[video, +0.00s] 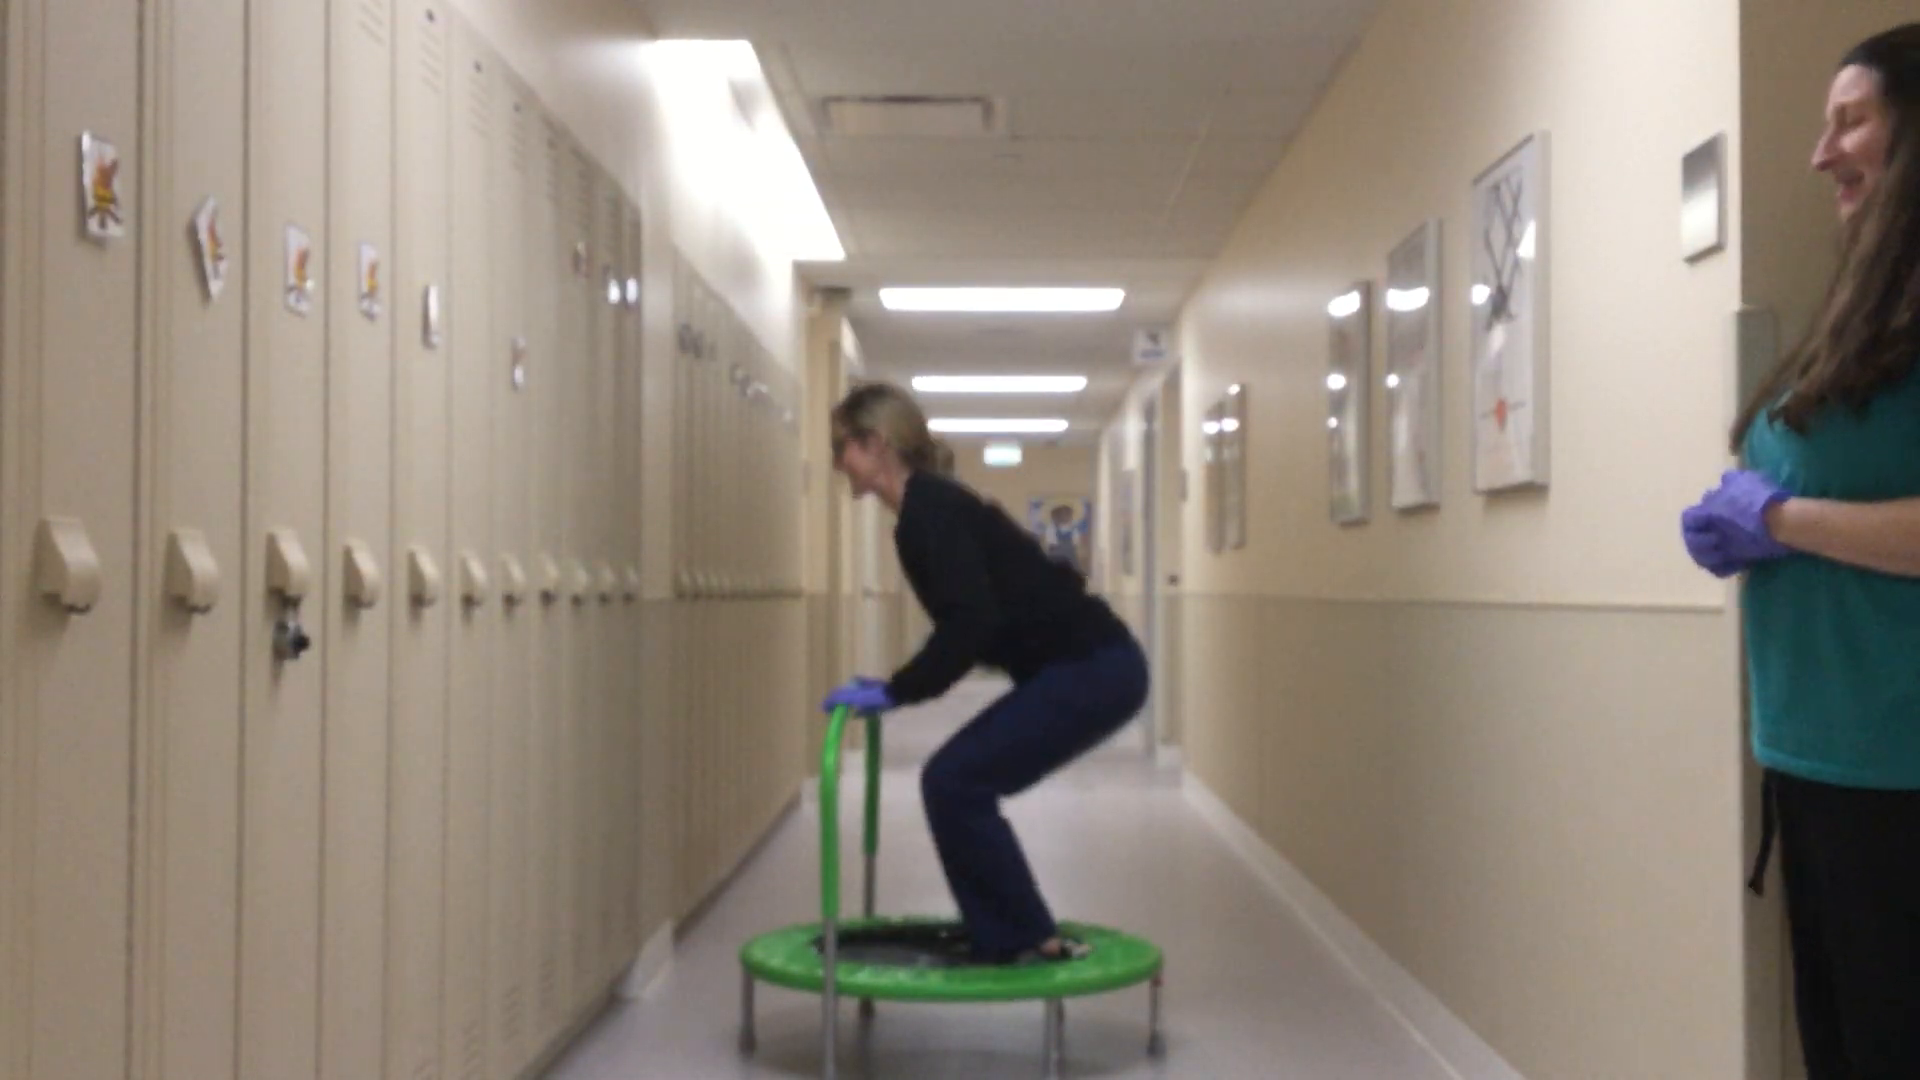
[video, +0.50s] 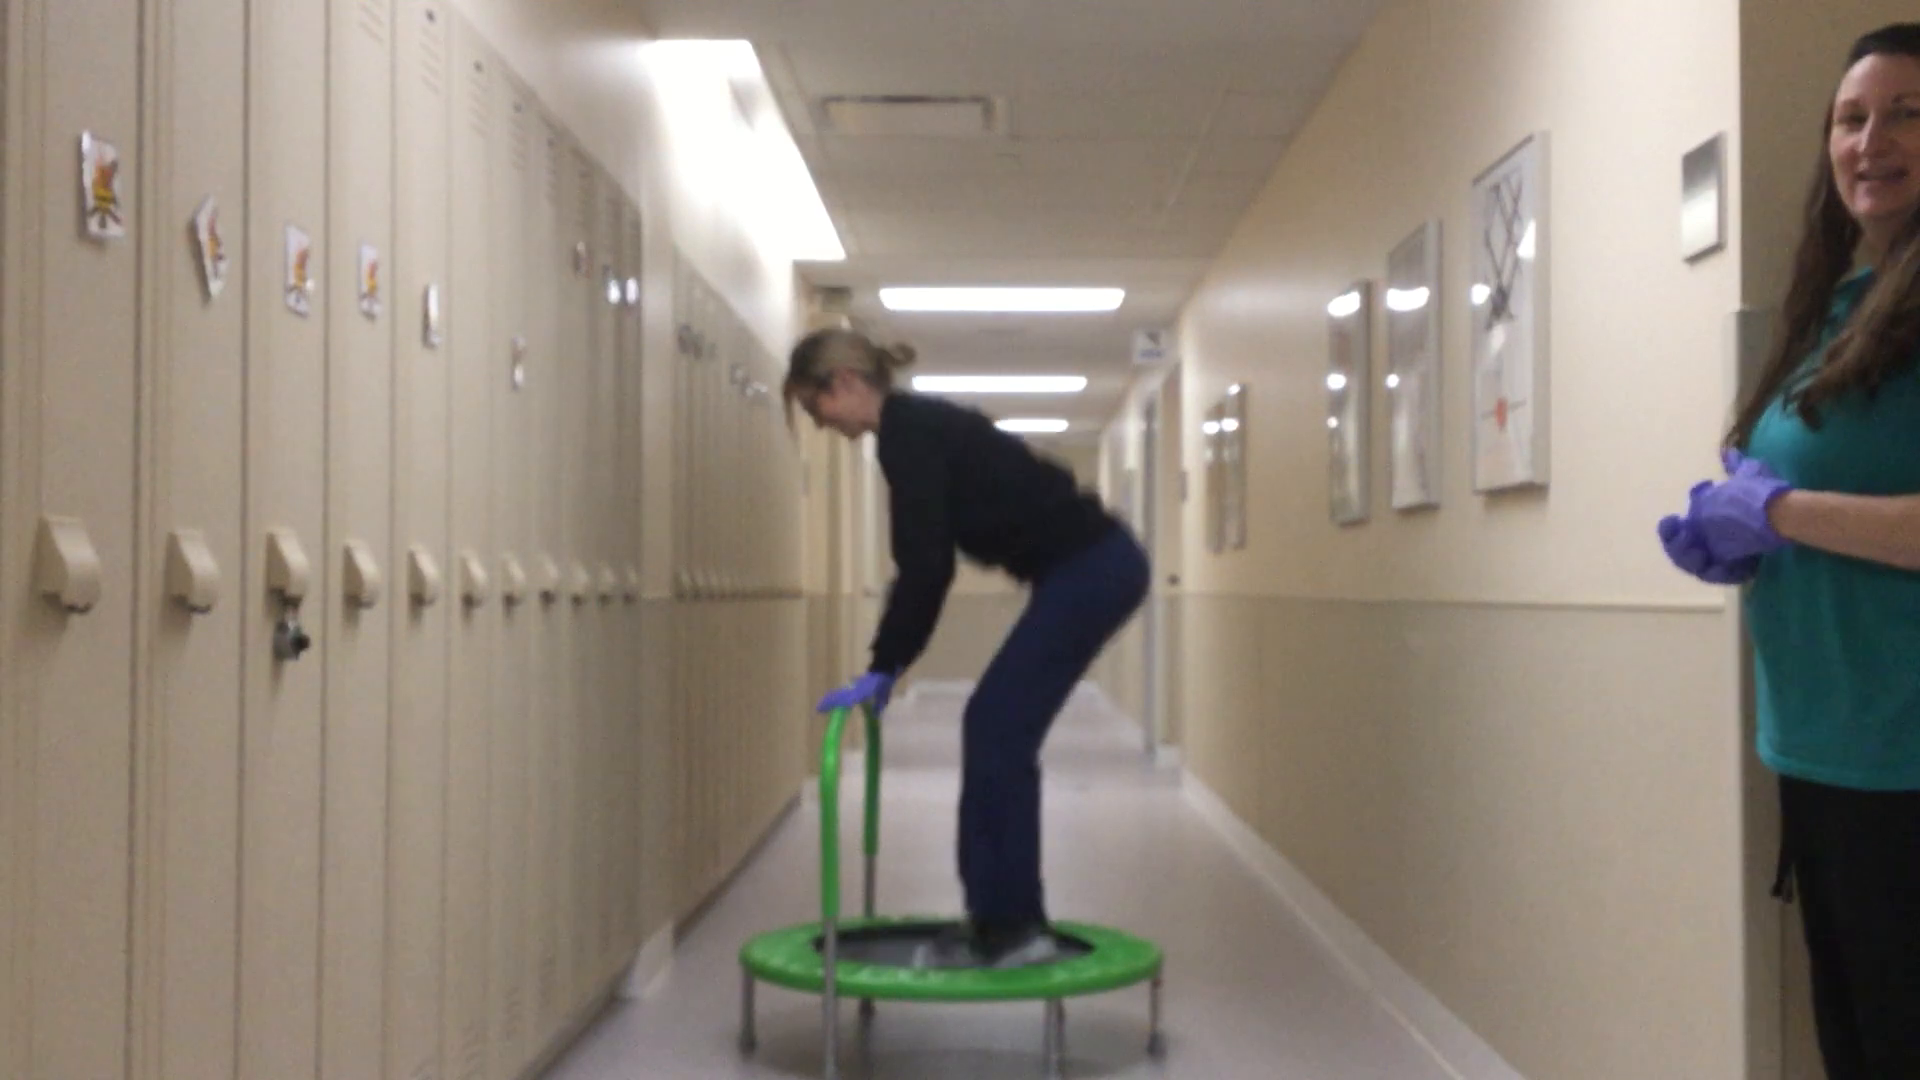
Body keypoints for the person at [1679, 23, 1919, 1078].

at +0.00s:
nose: (1827, 151)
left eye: (1855, 121)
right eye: (1826, 126)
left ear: (1918, 135)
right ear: (1842, 142)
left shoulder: (1908, 311)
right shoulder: (1853, 310)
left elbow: (1914, 530)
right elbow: (1792, 465)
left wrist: (1780, 518)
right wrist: (1742, 508)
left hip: (1891, 758)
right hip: (1812, 751)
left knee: (1889, 1040)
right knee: (1835, 1037)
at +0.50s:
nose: (1871, 142)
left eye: (1900, 117)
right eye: (1851, 119)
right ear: (1827, 145)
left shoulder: (1919, 294)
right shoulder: (1829, 298)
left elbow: (1914, 526)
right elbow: (1766, 450)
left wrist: (1777, 513)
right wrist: (1735, 502)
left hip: (1897, 751)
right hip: (1815, 743)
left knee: (1892, 1036)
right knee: (1850, 1034)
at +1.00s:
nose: (1885, 154)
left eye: (1910, 128)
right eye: (1863, 130)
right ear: (1837, 152)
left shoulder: (1918, 296)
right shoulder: (1843, 300)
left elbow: (1915, 519)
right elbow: (1808, 457)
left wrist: (1800, 515)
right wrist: (1759, 487)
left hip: (1899, 745)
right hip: (1823, 738)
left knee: (1896, 1029)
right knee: (1856, 1030)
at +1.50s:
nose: (1891, 149)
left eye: (1912, 126)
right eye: (1874, 126)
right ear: (1848, 145)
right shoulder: (1848, 297)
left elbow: (1915, 524)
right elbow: (1814, 469)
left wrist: (1800, 522)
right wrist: (1756, 505)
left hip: (1899, 740)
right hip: (1824, 731)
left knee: (1898, 1028)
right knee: (1858, 1025)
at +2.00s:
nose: (1888, 146)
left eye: (1910, 122)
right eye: (1868, 125)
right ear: (1844, 147)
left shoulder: (1919, 295)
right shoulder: (1846, 296)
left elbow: (1915, 523)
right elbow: (1805, 467)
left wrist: (1798, 519)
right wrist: (1753, 502)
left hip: (1899, 743)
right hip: (1824, 735)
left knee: (1898, 1030)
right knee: (1859, 1027)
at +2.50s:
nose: (1884, 151)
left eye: (1909, 124)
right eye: (1860, 129)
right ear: (1836, 153)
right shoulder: (1841, 299)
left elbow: (1918, 526)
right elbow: (1802, 466)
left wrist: (1793, 522)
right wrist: (1752, 503)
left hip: (1901, 747)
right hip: (1822, 740)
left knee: (1900, 1032)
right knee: (1857, 1031)